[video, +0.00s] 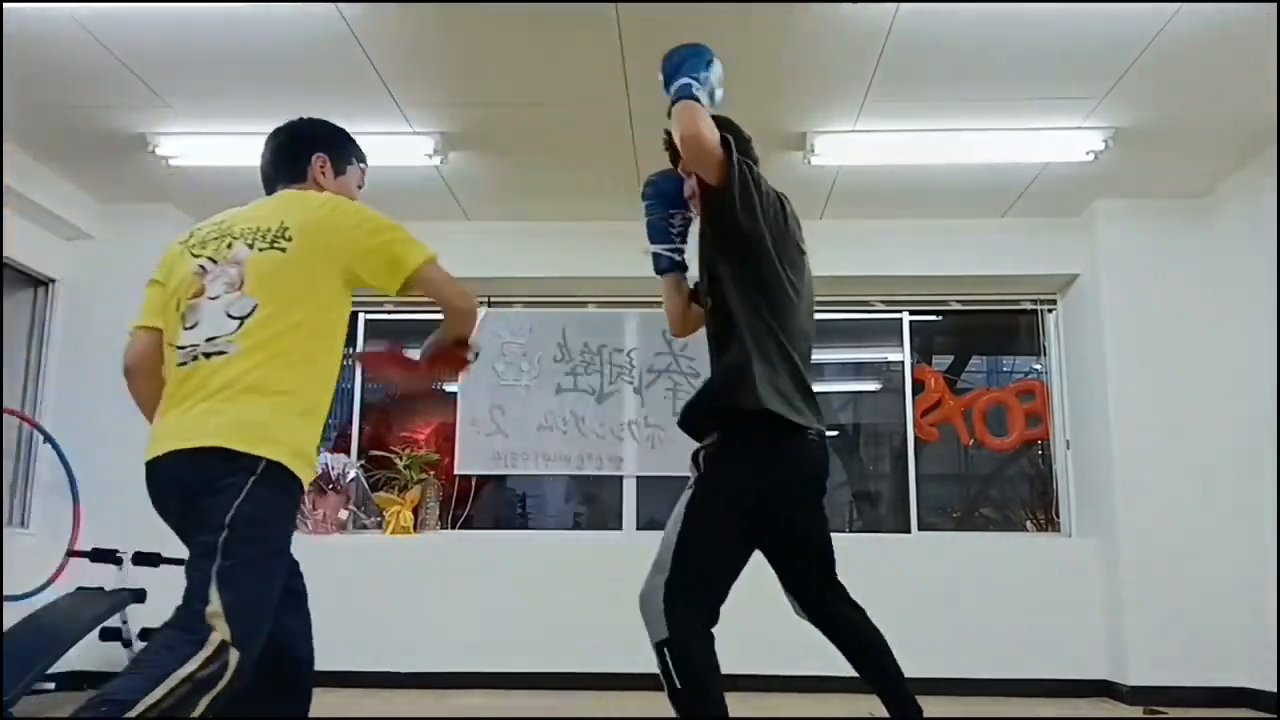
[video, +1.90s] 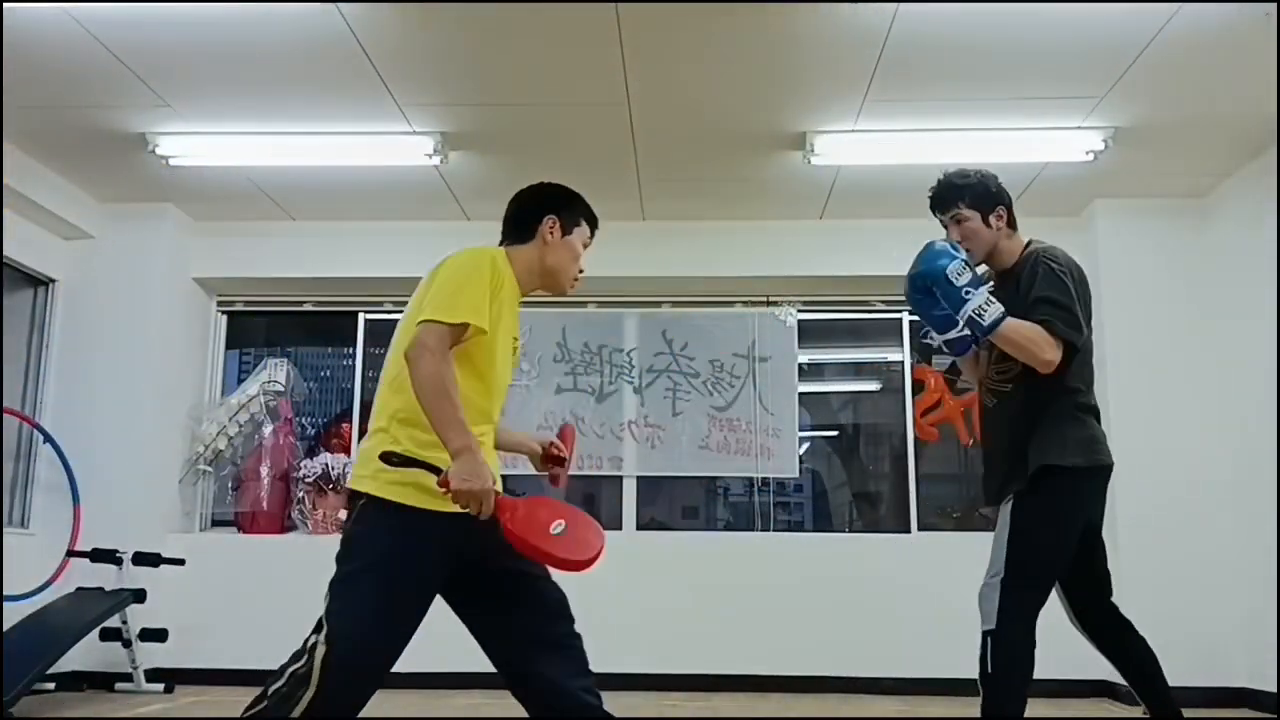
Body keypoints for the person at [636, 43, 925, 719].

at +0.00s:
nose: (683, 183)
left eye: (686, 163)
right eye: (677, 169)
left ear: (715, 154)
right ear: (732, 162)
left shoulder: (754, 203)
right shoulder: (745, 234)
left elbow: (696, 138)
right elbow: (683, 324)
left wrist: (688, 88)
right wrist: (669, 247)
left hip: (757, 444)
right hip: (788, 445)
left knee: (678, 609)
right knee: (820, 597)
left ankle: (707, 716)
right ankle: (908, 711)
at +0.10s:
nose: (729, 205)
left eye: (734, 188)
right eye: (724, 195)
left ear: (764, 177)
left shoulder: (806, 226)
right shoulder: (778, 264)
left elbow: (744, 176)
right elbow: (722, 325)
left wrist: (745, 126)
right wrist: (708, 256)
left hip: (810, 449)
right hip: (830, 451)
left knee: (742, 602)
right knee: (850, 608)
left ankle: (731, 715)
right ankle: (926, 713)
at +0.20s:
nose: (756, 187)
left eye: (757, 170)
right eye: (749, 176)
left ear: (784, 164)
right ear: (763, 182)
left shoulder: (835, 210)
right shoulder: (798, 240)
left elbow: (786, 177)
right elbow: (750, 309)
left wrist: (767, 121)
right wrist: (732, 238)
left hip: (858, 432)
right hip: (859, 432)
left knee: (804, 592)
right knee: (887, 591)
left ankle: (793, 713)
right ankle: (943, 712)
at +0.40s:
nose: (812, 194)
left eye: (817, 179)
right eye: (804, 185)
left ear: (844, 176)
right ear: (810, 195)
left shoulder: (887, 227)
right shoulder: (845, 256)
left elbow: (860, 198)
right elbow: (799, 320)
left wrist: (831, 141)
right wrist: (785, 246)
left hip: (907, 444)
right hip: (913, 443)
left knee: (852, 606)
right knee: (977, 584)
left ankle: (890, 715)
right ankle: (1050, 702)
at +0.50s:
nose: (845, 227)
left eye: (851, 213)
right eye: (840, 217)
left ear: (878, 209)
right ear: (847, 222)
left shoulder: (923, 254)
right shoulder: (877, 283)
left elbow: (905, 245)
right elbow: (828, 346)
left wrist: (879, 181)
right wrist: (814, 275)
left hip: (935, 471)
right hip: (939, 472)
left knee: (853, 606)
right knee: (1011, 600)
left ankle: (890, 715)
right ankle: (1097, 707)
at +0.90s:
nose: (913, 249)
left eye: (918, 235)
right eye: (909, 239)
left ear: (946, 232)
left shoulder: (991, 271)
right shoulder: (950, 304)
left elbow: (977, 278)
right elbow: (911, 373)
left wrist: (936, 224)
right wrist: (886, 304)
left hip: (1009, 479)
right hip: (1026, 477)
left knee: (927, 604)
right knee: (1062, 609)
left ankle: (946, 715)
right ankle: (1143, 712)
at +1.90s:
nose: (953, 239)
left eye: (960, 223)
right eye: (947, 228)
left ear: (999, 217)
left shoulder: (1046, 265)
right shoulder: (995, 288)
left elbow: (1047, 352)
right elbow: (988, 385)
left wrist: (974, 308)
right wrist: (954, 333)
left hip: (1061, 465)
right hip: (1048, 466)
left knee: (1007, 606)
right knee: (1092, 608)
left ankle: (998, 716)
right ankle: (1167, 713)